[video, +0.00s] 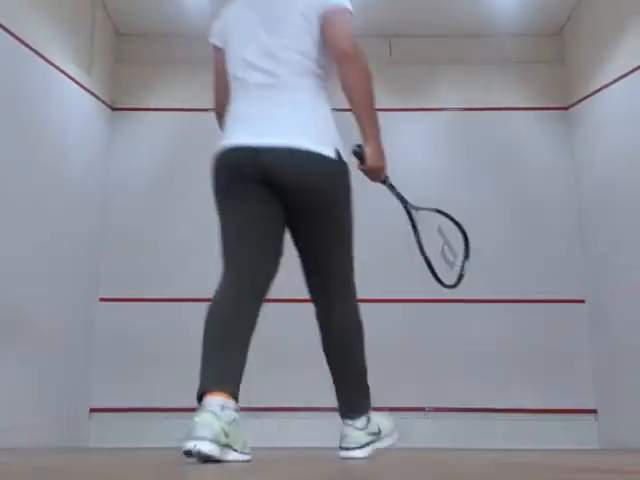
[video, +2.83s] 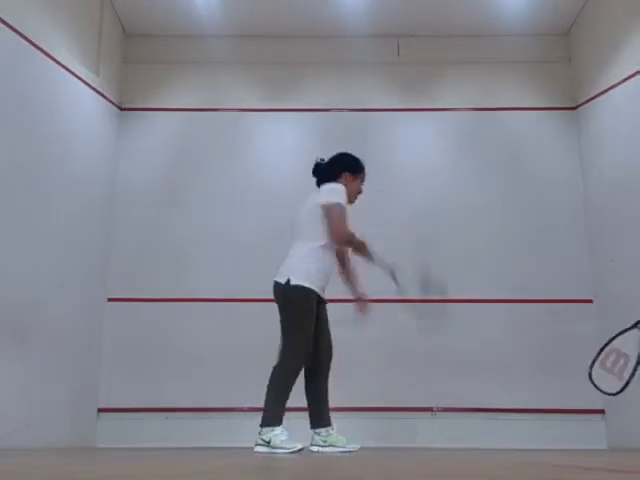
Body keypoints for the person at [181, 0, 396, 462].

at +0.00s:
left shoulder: (229, 12)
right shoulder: (325, 4)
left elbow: (222, 104)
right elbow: (347, 53)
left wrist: (251, 143)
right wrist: (372, 142)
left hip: (238, 155)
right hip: (309, 156)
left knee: (240, 280)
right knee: (334, 292)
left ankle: (215, 412)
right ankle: (357, 423)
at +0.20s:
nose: (358, 8)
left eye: (356, 5)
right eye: (357, 3)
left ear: (304, 1)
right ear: (345, 2)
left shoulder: (268, 44)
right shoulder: (355, 29)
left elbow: (259, 124)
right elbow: (386, 85)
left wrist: (271, 183)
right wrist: (401, 158)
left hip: (283, 184)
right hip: (347, 178)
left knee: (289, 296)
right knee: (356, 305)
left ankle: (251, 364)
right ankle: (360, 428)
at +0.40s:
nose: (384, 27)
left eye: (382, 18)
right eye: (380, 17)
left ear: (325, 20)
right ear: (366, 16)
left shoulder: (295, 64)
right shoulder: (382, 53)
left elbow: (286, 139)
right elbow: (408, 111)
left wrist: (280, 202)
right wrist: (407, 181)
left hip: (304, 198)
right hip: (364, 191)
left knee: (315, 303)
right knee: (368, 307)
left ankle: (309, 400)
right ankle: (367, 426)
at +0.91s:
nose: (362, 96)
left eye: (362, 89)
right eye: (359, 89)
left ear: (319, 89)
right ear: (344, 87)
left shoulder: (291, 126)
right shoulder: (352, 117)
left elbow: (282, 188)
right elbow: (359, 163)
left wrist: (283, 232)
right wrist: (374, 221)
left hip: (288, 239)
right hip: (334, 238)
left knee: (300, 333)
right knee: (349, 323)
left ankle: (298, 428)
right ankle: (354, 382)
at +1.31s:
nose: (370, 139)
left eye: (370, 133)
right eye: (368, 132)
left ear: (334, 130)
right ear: (355, 129)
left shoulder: (307, 163)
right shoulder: (354, 157)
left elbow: (313, 215)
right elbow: (358, 197)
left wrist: (355, 250)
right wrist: (375, 247)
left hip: (300, 264)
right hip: (343, 265)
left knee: (306, 341)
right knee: (349, 347)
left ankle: (295, 400)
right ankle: (338, 431)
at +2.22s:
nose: (376, 197)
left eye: (378, 192)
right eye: (376, 189)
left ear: (363, 185)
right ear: (361, 181)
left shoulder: (349, 221)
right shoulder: (335, 194)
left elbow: (363, 265)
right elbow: (305, 216)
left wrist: (393, 297)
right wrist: (319, 256)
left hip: (320, 294)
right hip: (297, 286)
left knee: (334, 353)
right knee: (291, 354)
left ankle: (326, 432)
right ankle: (271, 430)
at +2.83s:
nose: (361, 191)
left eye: (362, 185)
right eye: (360, 183)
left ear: (341, 178)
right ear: (345, 177)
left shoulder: (327, 201)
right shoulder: (332, 191)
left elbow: (340, 253)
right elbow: (339, 234)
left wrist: (356, 292)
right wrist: (359, 245)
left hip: (311, 290)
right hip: (296, 286)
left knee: (320, 358)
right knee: (293, 356)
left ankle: (322, 431)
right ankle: (269, 430)